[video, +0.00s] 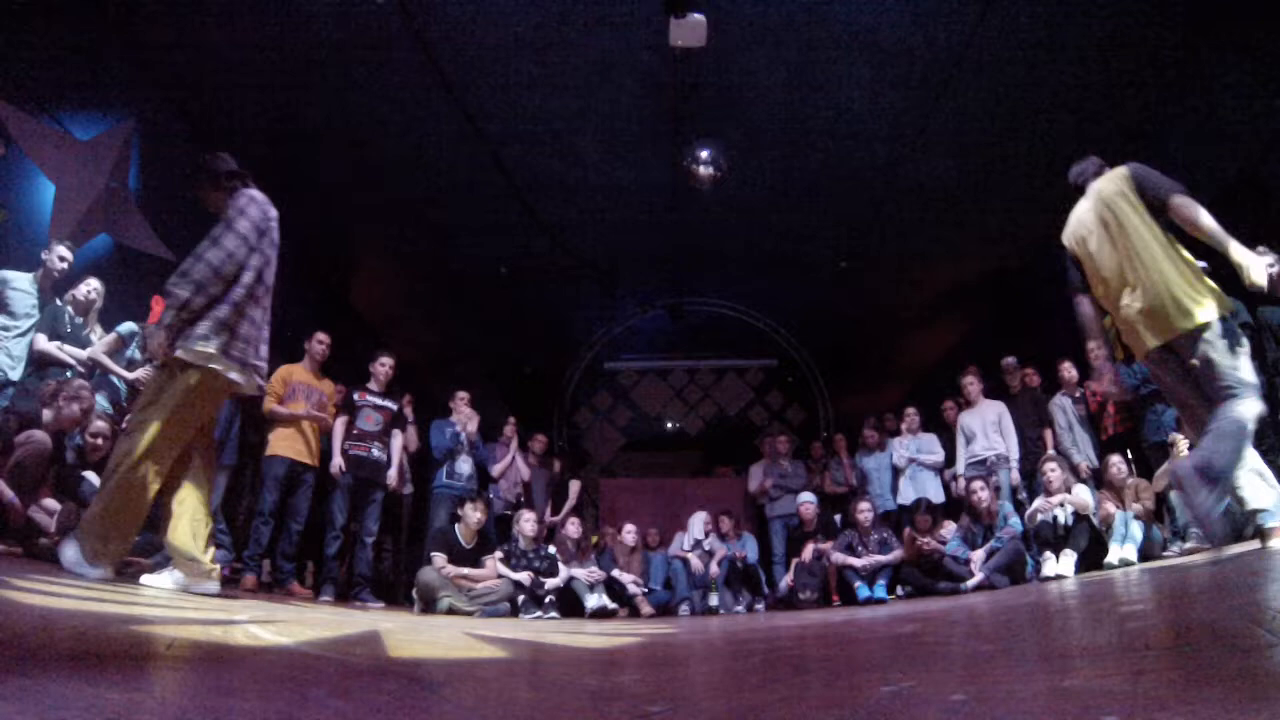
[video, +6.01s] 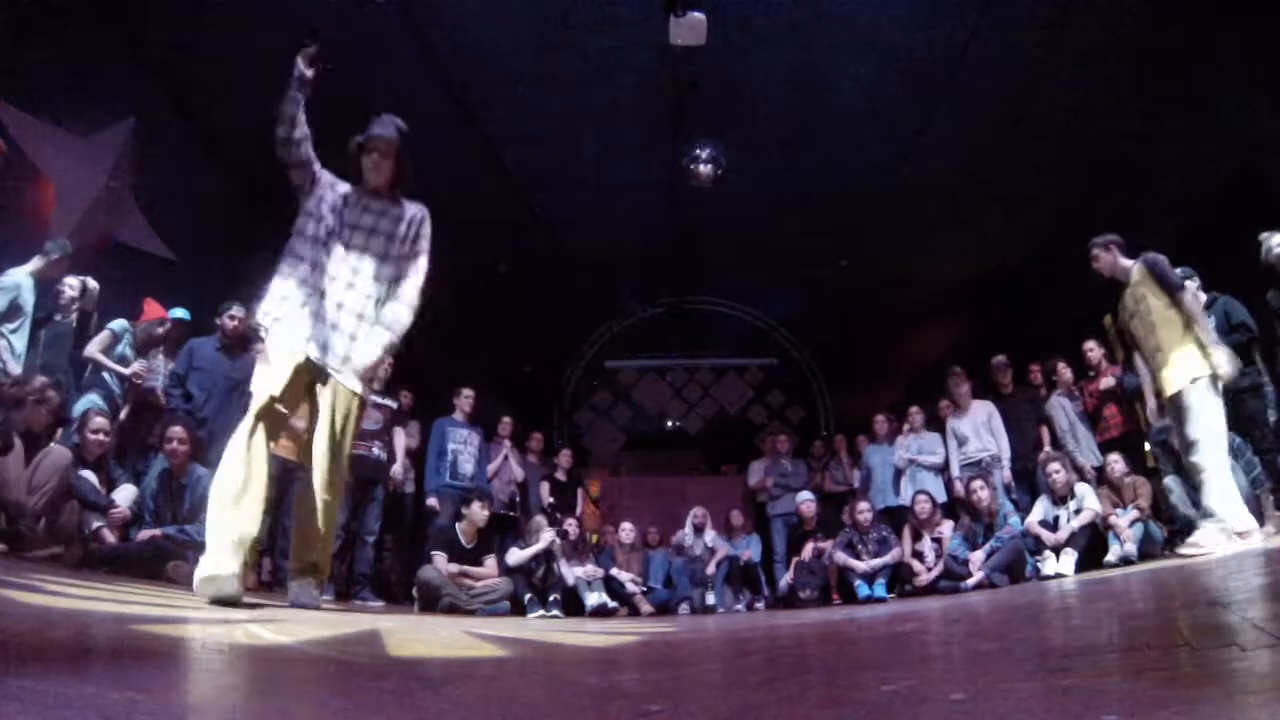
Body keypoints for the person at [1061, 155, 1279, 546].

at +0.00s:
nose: (1107, 171)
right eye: (1105, 168)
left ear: (1075, 190)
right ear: (1104, 169)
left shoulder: (1070, 233)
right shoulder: (1127, 176)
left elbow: (1083, 302)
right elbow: (1184, 210)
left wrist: (1100, 362)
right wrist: (1237, 252)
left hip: (1142, 337)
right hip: (1187, 305)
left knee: (1207, 423)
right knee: (1243, 396)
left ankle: (1267, 511)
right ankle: (1201, 472)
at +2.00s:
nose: (1064, 270)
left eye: (1067, 263)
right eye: (1057, 268)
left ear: (1078, 266)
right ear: (1053, 278)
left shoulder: (1110, 286)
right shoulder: (1063, 319)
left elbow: (1145, 323)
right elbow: (1077, 371)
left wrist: (1108, 331)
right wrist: (1091, 346)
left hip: (1146, 378)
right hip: (1113, 394)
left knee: (1172, 453)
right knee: (1126, 472)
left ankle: (1190, 532)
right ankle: (1135, 544)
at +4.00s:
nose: (1189, 177)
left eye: (1193, 167)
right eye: (1182, 173)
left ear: (1211, 164)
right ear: (1180, 182)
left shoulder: (1255, 198)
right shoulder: (1185, 230)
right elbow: (1198, 284)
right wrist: (1225, 332)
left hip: (1274, 325)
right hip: (1240, 338)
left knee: (1270, 425)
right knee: (1263, 429)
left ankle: (1273, 506)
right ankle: (1273, 507)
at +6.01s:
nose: (1096, 267)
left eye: (1096, 258)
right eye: (1093, 262)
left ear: (1112, 251)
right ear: (1105, 259)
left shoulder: (1150, 263)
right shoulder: (1124, 305)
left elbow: (1187, 300)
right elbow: (1139, 354)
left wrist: (1214, 348)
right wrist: (1149, 397)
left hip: (1191, 366)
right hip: (1167, 381)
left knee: (1204, 446)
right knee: (1195, 452)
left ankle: (1216, 524)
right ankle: (1241, 522)